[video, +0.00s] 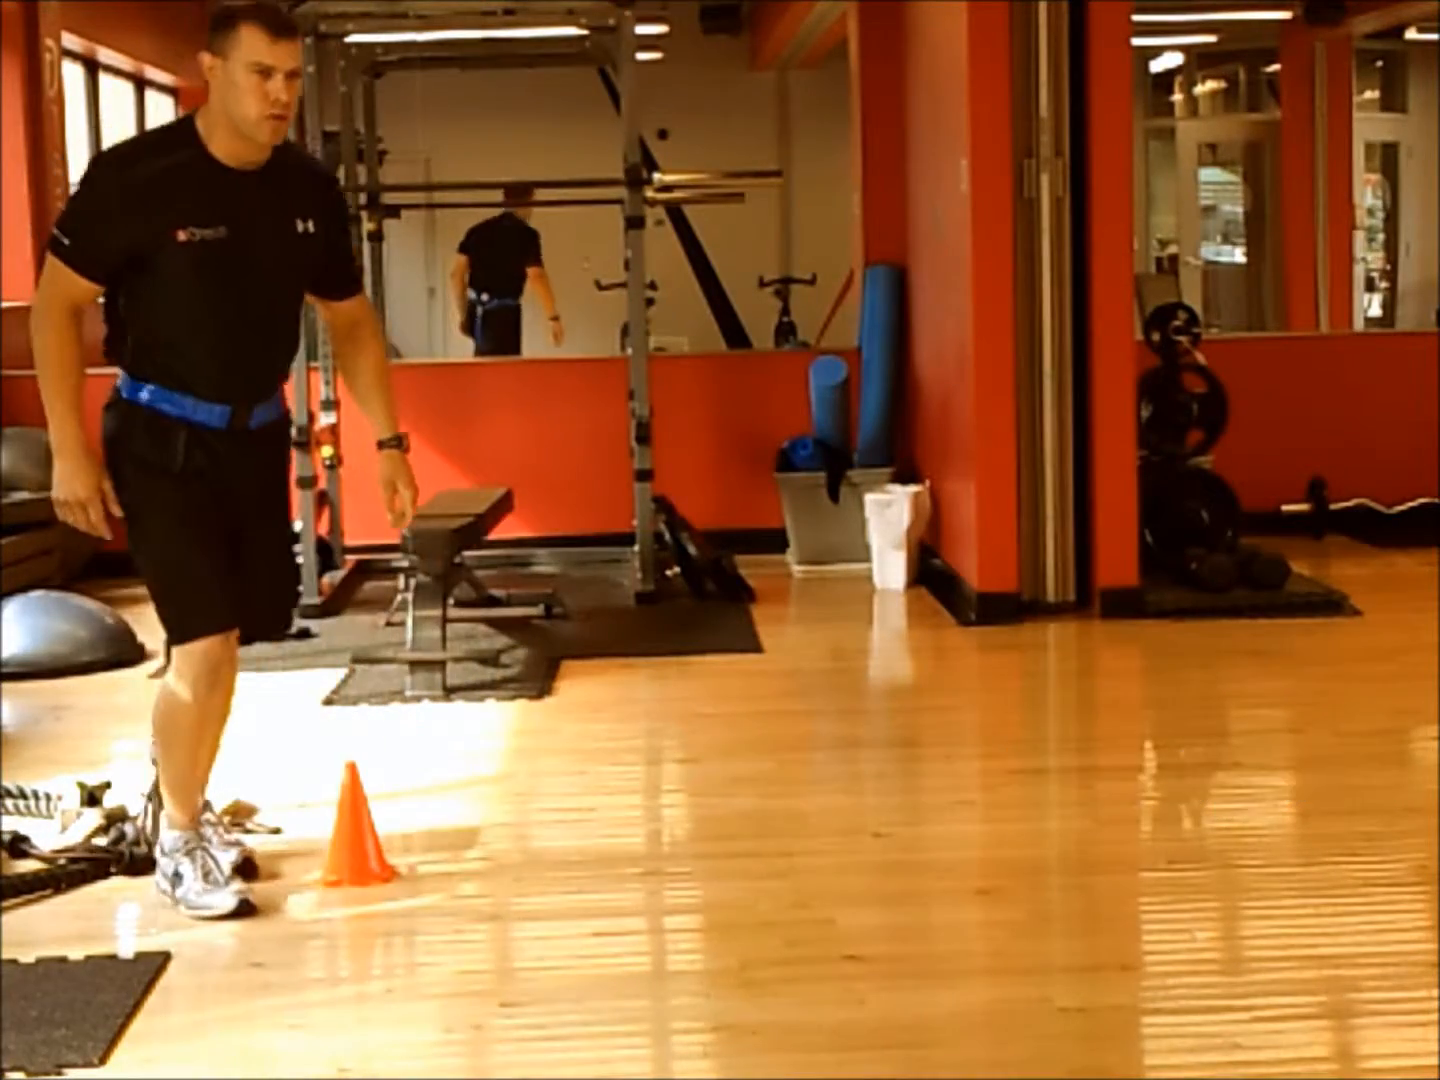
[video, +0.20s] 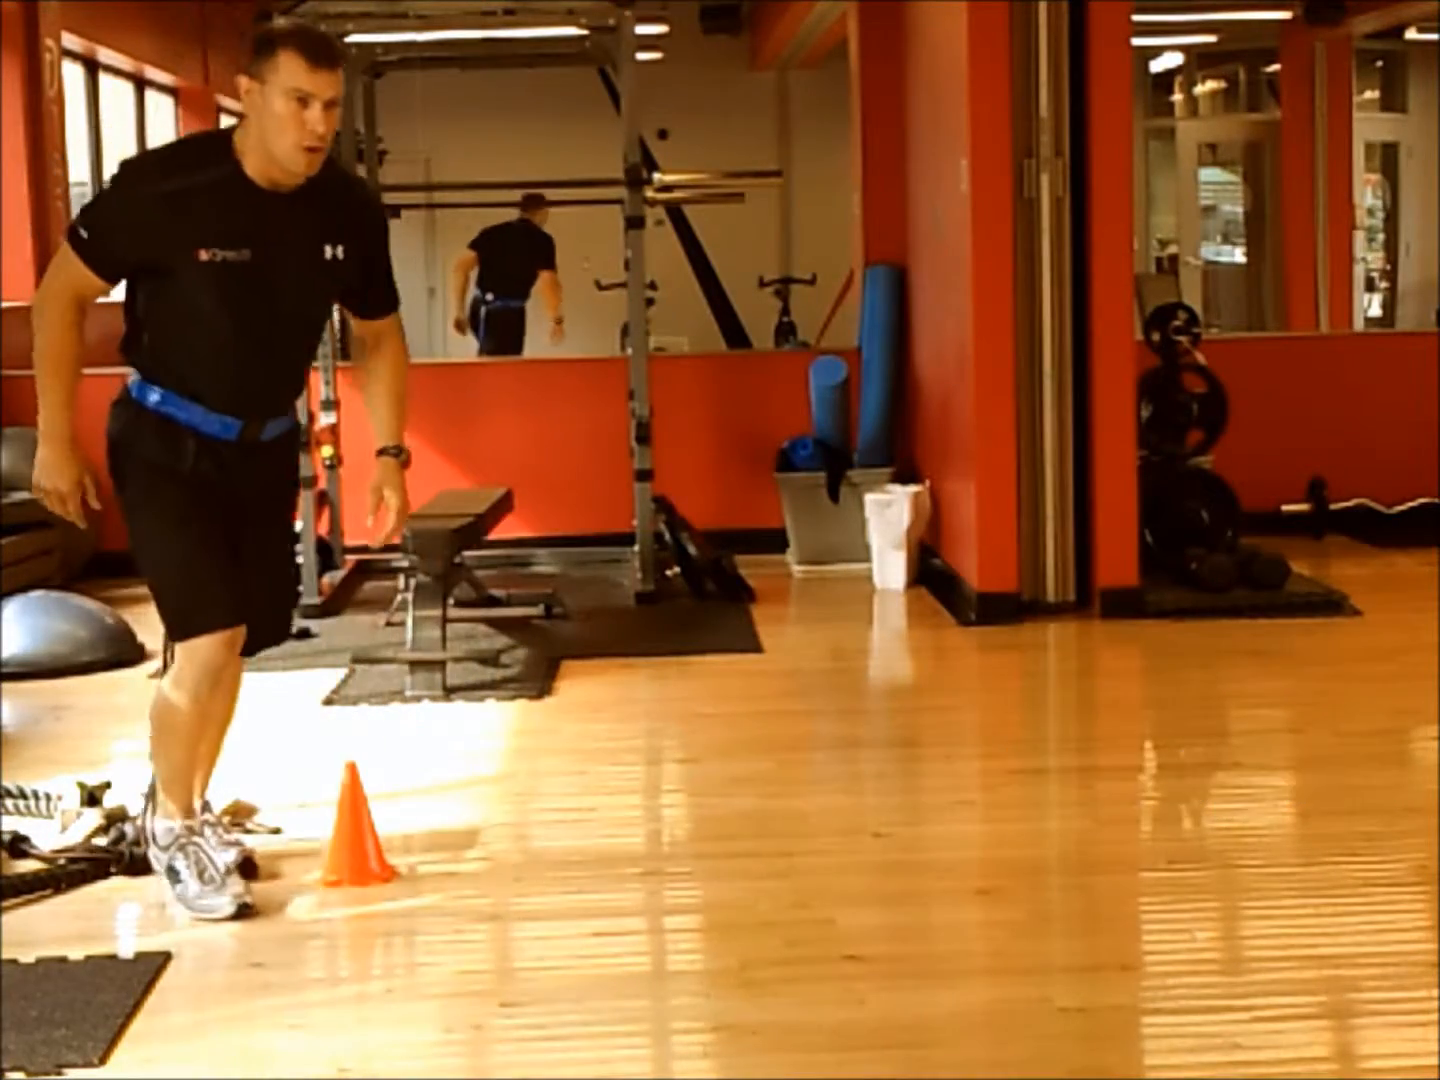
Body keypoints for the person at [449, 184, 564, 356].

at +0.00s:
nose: (531, 209)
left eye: (531, 203)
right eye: (530, 203)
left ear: (506, 201)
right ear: (525, 204)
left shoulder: (478, 231)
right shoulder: (527, 234)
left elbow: (457, 273)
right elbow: (536, 275)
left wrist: (462, 313)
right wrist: (553, 316)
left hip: (478, 310)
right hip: (505, 313)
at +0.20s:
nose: (546, 216)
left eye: (546, 211)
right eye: (545, 211)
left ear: (522, 210)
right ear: (540, 212)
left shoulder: (492, 232)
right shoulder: (542, 240)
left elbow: (462, 266)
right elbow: (549, 281)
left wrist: (459, 311)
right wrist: (556, 319)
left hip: (479, 310)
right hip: (509, 314)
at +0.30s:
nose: (558, 227)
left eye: (558, 223)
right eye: (559, 222)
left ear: (534, 218)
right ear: (555, 222)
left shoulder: (506, 238)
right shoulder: (553, 250)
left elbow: (465, 260)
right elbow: (561, 287)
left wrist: (455, 302)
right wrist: (570, 310)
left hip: (485, 311)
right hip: (514, 318)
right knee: (506, 373)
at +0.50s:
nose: (577, 251)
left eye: (577, 247)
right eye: (577, 247)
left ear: (554, 243)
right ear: (572, 245)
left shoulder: (531, 256)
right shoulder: (576, 261)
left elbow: (489, 275)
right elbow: (582, 298)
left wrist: (483, 316)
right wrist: (583, 329)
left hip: (514, 321)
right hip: (544, 324)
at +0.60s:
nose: (591, 248)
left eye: (591, 245)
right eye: (591, 245)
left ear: (568, 243)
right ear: (587, 244)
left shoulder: (550, 254)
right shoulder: (591, 256)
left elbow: (530, 278)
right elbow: (592, 268)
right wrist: (590, 298)